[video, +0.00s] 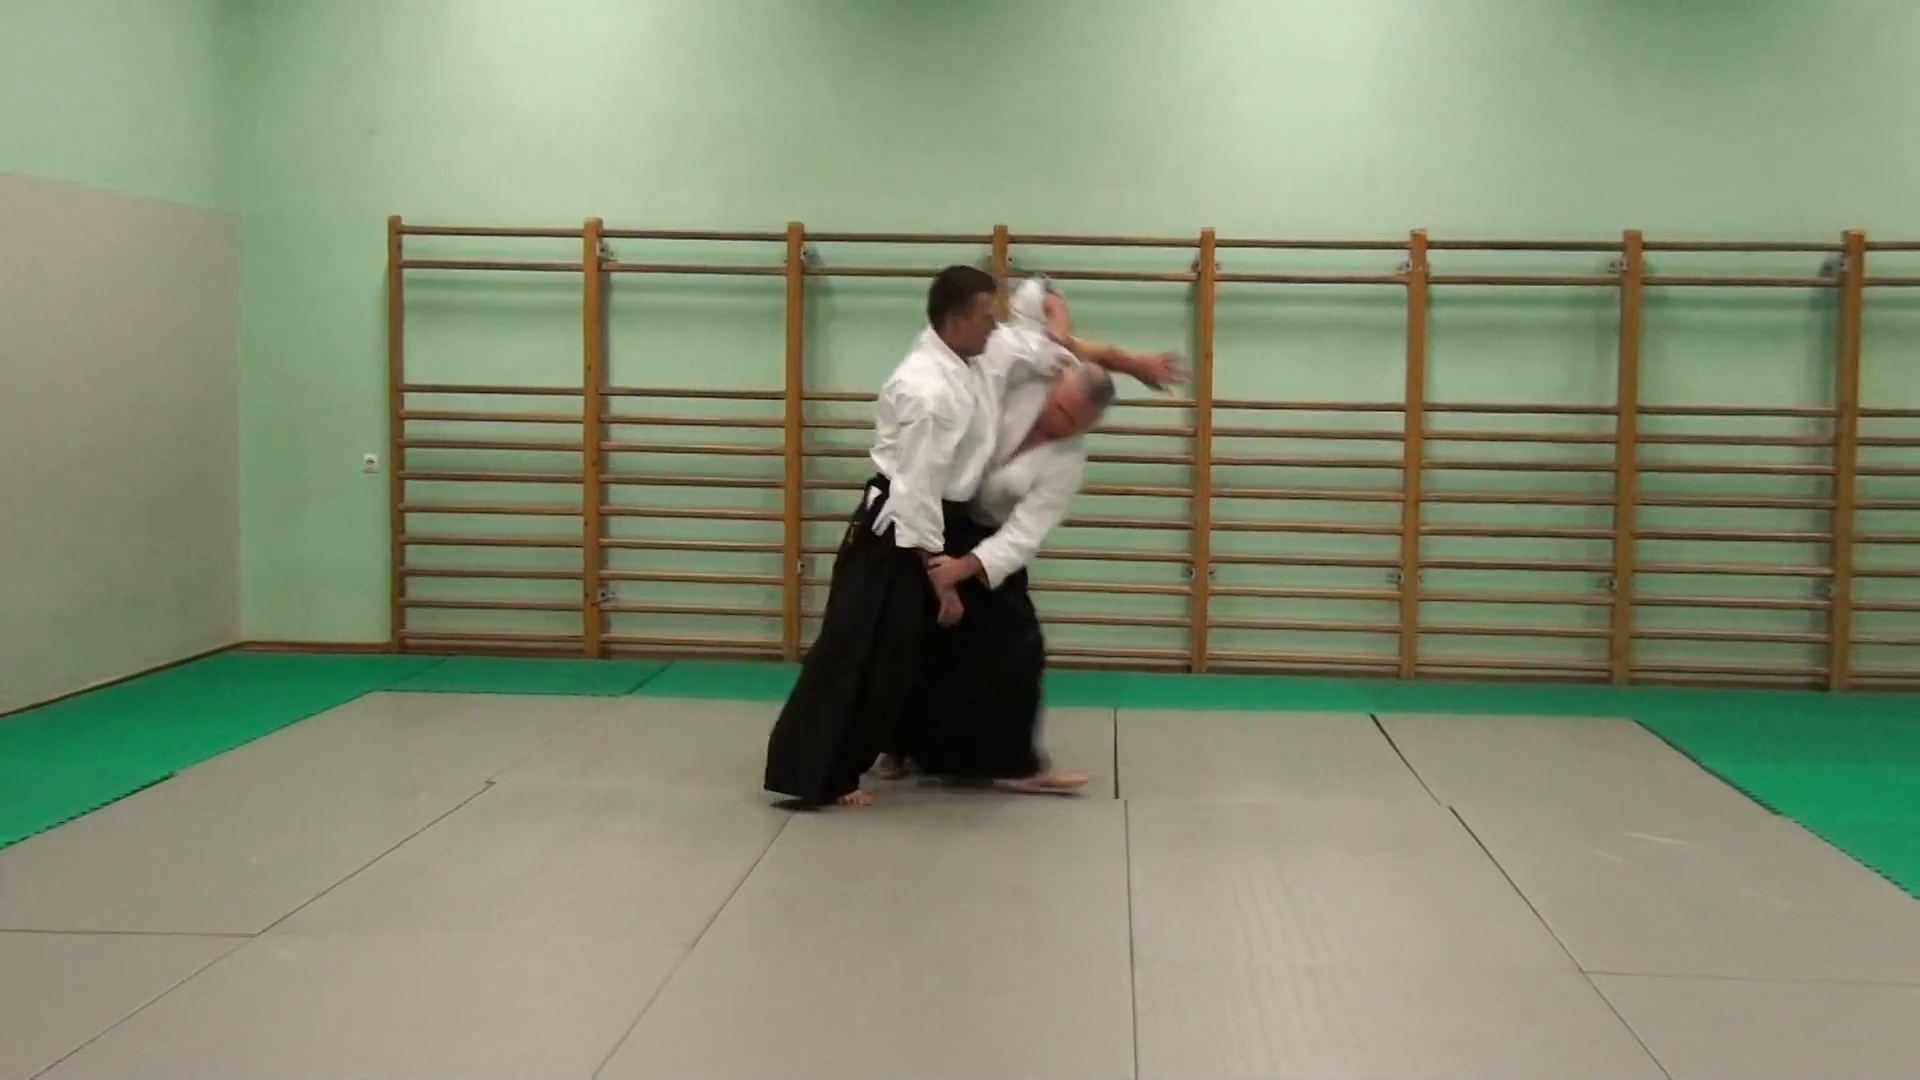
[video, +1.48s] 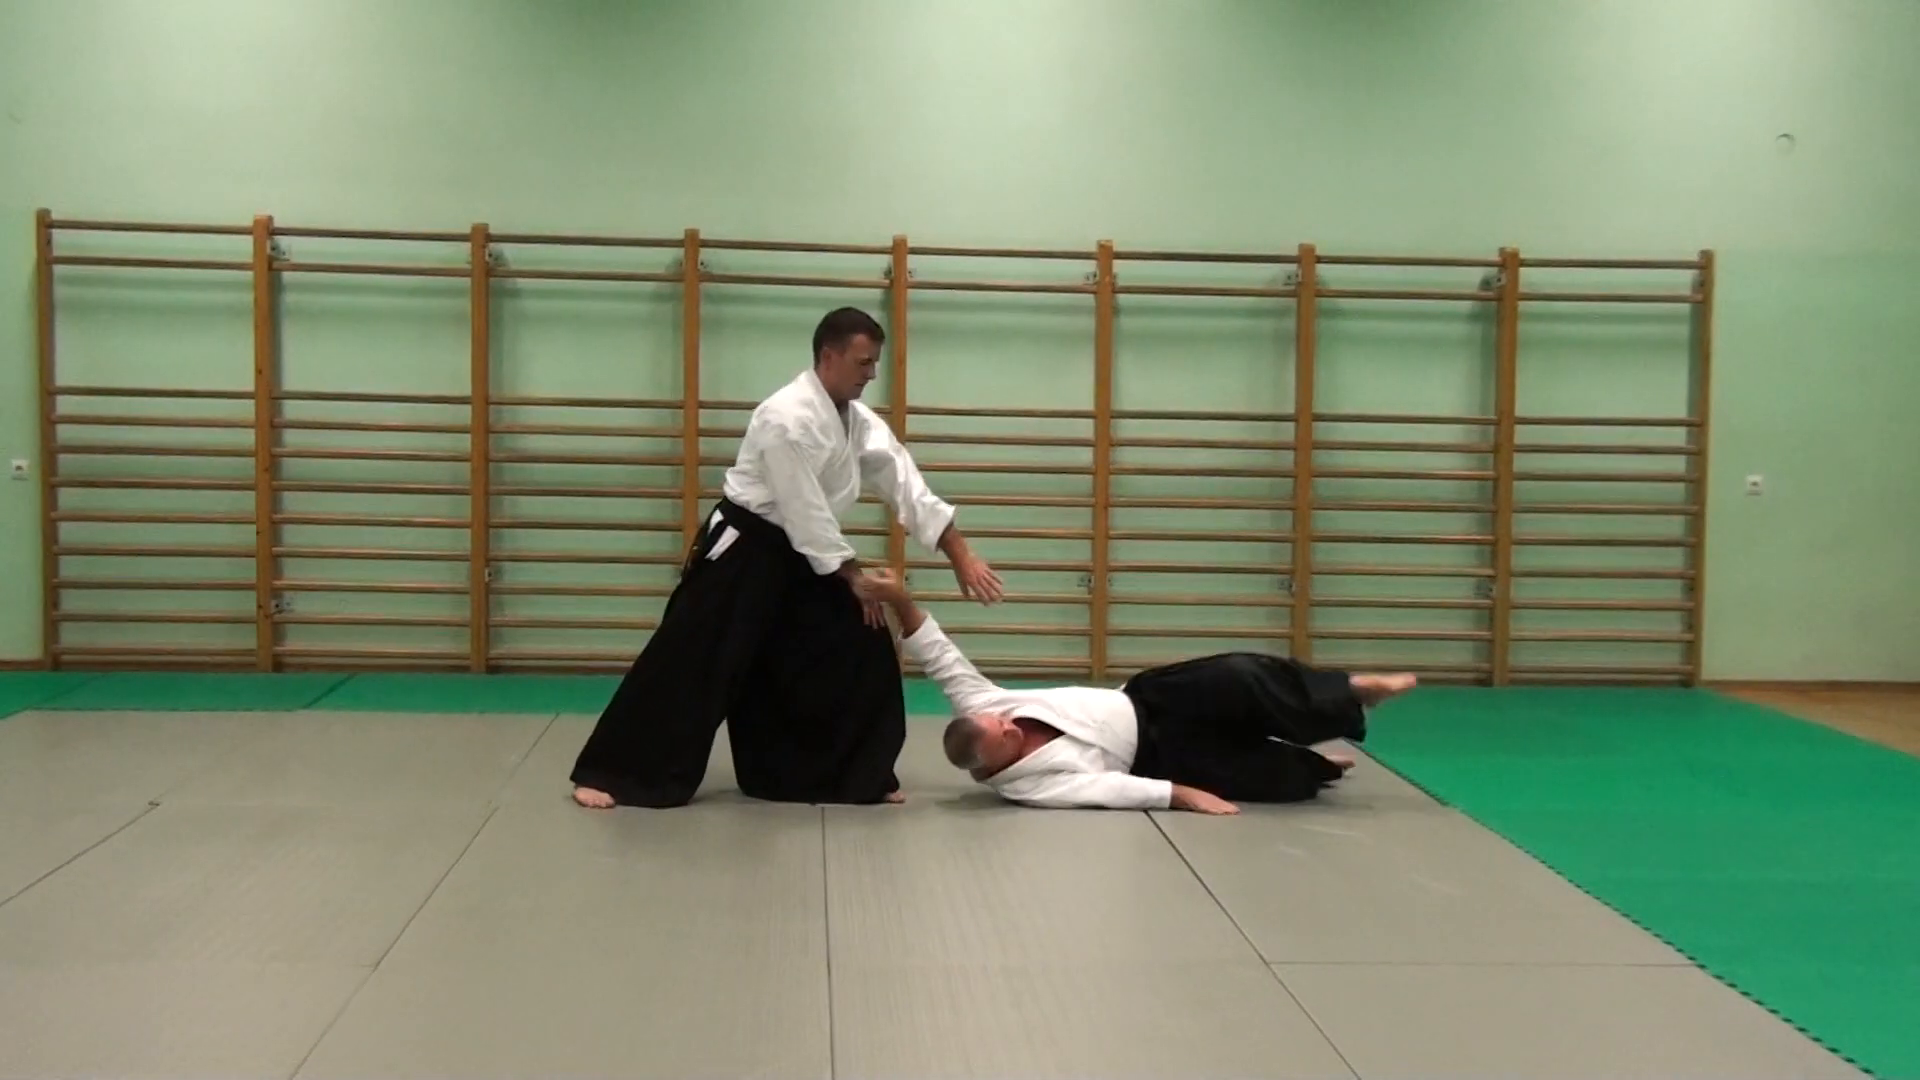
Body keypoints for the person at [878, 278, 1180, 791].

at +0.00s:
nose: (1058, 422)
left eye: (1071, 421)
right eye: (1058, 407)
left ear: (1087, 425)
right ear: (1051, 385)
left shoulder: (1065, 465)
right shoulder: (1019, 378)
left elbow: (1024, 535)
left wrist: (964, 567)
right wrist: (1059, 341)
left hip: (987, 539)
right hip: (935, 513)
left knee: (1019, 645)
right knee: (914, 636)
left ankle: (1013, 761)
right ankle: (900, 745)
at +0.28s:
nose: (977, 367)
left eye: (980, 356)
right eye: (970, 355)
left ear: (957, 358)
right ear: (934, 352)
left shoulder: (965, 409)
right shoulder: (883, 409)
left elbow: (1026, 454)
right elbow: (849, 501)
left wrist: (1092, 519)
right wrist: (885, 576)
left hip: (918, 550)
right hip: (853, 543)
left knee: (960, 661)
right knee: (793, 653)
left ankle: (996, 779)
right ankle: (706, 776)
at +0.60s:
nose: (868, 374)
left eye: (872, 364)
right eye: (861, 362)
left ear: (849, 364)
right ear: (826, 357)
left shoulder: (852, 416)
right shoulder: (772, 412)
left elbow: (900, 471)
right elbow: (761, 509)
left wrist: (961, 535)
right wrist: (795, 582)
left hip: (778, 542)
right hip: (718, 536)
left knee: (821, 657)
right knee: (675, 657)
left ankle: (848, 779)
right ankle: (603, 777)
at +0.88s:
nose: (867, 372)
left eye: (871, 363)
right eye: (860, 361)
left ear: (861, 362)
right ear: (825, 355)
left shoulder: (855, 414)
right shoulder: (784, 416)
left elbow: (902, 474)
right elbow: (782, 513)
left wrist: (959, 542)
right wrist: (810, 587)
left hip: (789, 546)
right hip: (732, 543)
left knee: (857, 647)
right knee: (678, 656)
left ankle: (857, 773)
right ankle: (605, 772)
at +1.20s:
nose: (866, 371)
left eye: (869, 361)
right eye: (858, 361)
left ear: (852, 359)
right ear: (822, 356)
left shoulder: (855, 413)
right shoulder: (788, 421)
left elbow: (904, 473)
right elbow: (813, 512)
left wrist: (960, 542)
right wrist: (862, 571)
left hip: (811, 552)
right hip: (747, 547)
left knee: (866, 651)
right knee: (688, 657)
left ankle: (861, 773)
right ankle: (608, 772)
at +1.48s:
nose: (869, 374)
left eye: (874, 365)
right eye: (862, 363)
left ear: (870, 365)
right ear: (827, 356)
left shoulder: (858, 419)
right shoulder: (787, 418)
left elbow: (905, 483)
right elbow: (803, 508)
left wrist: (961, 552)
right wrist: (853, 574)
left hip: (807, 552)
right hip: (747, 546)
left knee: (866, 648)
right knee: (688, 656)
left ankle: (860, 774)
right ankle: (607, 772)